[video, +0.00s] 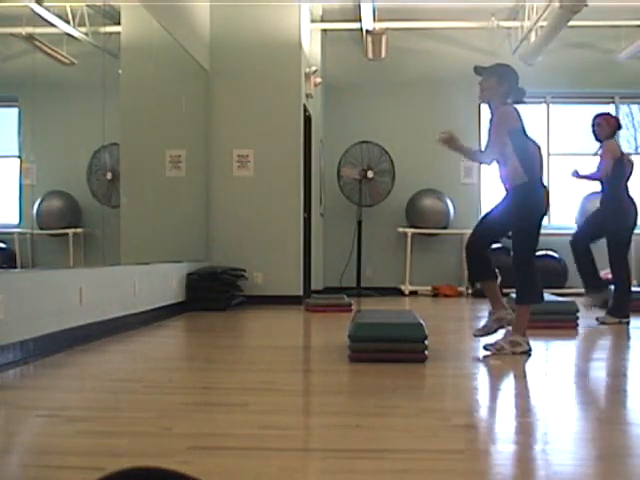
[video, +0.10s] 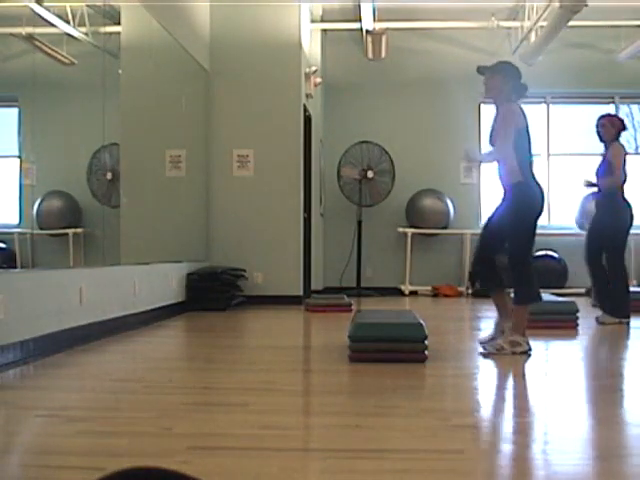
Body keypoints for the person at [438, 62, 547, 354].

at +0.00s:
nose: (480, 84)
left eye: (486, 80)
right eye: (481, 80)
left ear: (502, 87)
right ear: (499, 88)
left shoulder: (504, 113)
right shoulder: (501, 115)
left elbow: (496, 152)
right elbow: (490, 156)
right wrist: (461, 148)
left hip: (525, 196)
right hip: (519, 195)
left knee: (523, 262)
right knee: (475, 245)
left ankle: (518, 337)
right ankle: (499, 310)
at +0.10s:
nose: (485, 85)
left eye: (490, 80)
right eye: (486, 80)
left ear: (506, 84)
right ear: (502, 85)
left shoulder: (509, 111)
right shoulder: (507, 112)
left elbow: (506, 149)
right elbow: (505, 151)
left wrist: (516, 189)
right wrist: (480, 158)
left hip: (522, 193)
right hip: (516, 192)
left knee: (518, 261)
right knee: (484, 258)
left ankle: (518, 336)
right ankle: (506, 322)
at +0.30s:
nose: (493, 87)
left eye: (499, 82)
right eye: (493, 82)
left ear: (514, 85)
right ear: (497, 86)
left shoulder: (516, 114)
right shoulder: (503, 119)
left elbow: (497, 157)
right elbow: (490, 165)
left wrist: (461, 183)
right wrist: (459, 184)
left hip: (530, 194)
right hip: (522, 194)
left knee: (511, 259)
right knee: (512, 259)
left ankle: (516, 333)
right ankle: (514, 332)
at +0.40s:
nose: (496, 90)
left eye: (501, 85)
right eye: (495, 85)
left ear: (515, 87)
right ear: (500, 88)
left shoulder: (518, 115)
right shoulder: (505, 125)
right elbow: (482, 163)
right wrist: (448, 178)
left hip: (535, 195)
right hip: (530, 195)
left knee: (508, 253)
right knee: (516, 256)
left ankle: (528, 321)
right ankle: (517, 330)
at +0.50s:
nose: (504, 93)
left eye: (508, 87)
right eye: (502, 88)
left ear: (522, 87)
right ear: (509, 89)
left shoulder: (529, 114)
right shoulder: (512, 124)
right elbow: (495, 166)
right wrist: (461, 187)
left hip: (540, 196)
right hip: (532, 197)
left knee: (519, 260)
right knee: (522, 260)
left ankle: (515, 333)